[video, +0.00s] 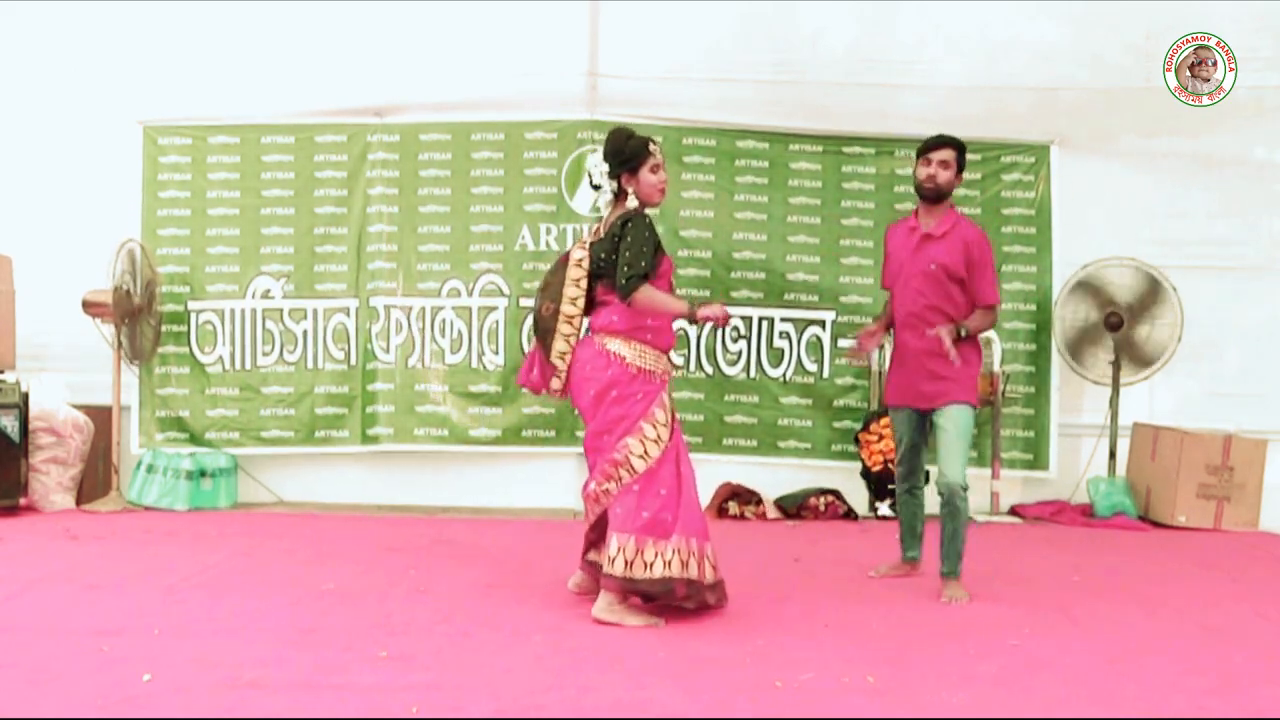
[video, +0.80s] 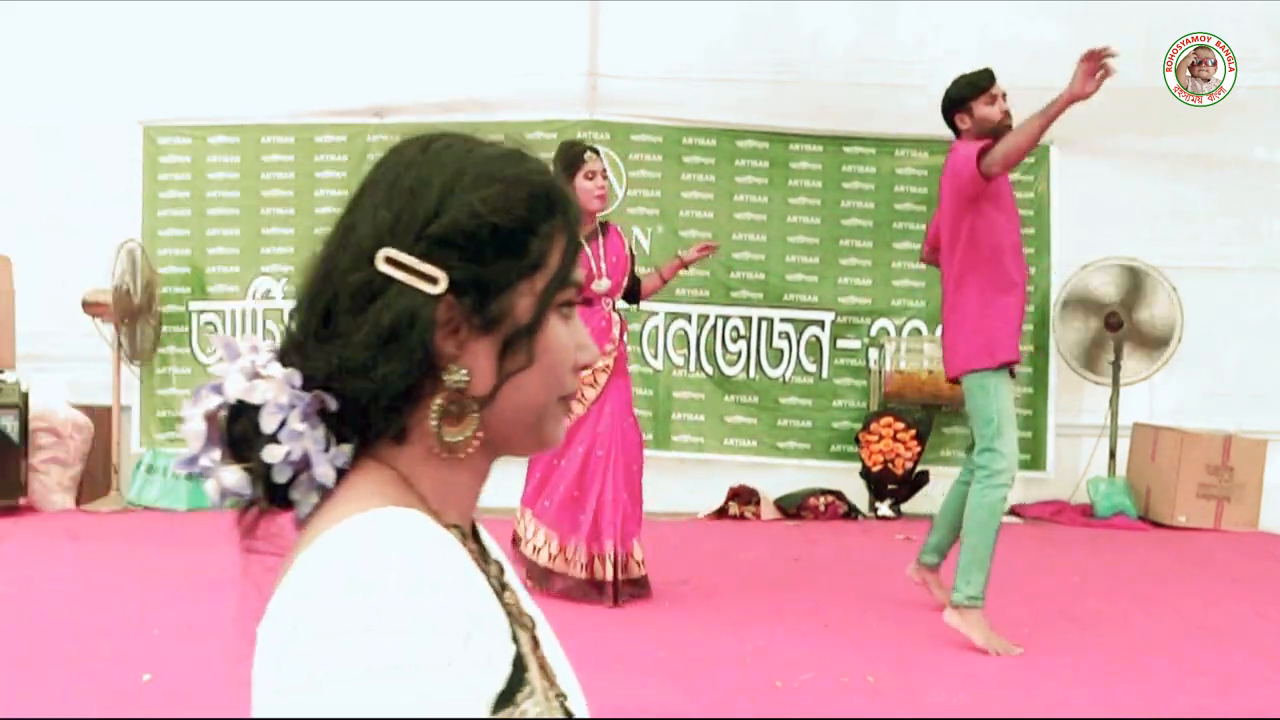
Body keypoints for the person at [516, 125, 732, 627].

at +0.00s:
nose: (663, 178)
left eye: (663, 167)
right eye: (653, 170)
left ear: (634, 177)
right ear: (627, 180)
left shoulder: (613, 225)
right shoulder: (635, 225)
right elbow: (634, 289)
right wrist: (693, 310)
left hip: (602, 361)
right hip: (623, 365)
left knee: (617, 466)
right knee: (644, 471)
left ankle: (593, 567)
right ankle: (614, 596)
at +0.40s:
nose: (623, 184)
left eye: (624, 175)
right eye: (612, 176)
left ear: (618, 181)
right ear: (585, 184)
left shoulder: (626, 237)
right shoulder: (570, 241)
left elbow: (650, 303)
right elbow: (577, 308)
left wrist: (647, 279)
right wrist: (632, 283)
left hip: (615, 368)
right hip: (572, 370)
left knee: (635, 461)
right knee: (588, 466)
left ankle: (626, 563)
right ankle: (557, 561)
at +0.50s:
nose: (615, 186)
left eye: (617, 177)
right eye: (605, 178)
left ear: (617, 183)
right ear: (578, 186)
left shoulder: (627, 239)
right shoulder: (561, 240)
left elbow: (646, 305)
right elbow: (546, 312)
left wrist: (630, 294)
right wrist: (607, 312)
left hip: (613, 366)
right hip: (567, 367)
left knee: (619, 459)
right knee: (574, 462)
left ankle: (602, 563)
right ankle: (540, 544)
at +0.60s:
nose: (604, 192)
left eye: (607, 184)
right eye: (593, 184)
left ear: (611, 190)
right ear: (568, 193)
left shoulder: (618, 249)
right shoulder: (551, 249)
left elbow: (633, 309)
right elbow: (519, 303)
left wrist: (668, 301)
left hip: (608, 374)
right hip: (559, 374)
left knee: (620, 465)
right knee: (566, 467)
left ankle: (629, 569)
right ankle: (564, 565)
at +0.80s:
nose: (601, 185)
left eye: (604, 176)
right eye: (590, 177)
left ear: (609, 183)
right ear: (566, 186)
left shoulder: (613, 236)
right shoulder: (554, 238)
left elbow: (633, 290)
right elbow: (533, 294)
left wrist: (677, 264)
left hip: (611, 352)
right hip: (567, 349)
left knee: (618, 449)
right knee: (570, 449)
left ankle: (612, 559)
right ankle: (558, 557)